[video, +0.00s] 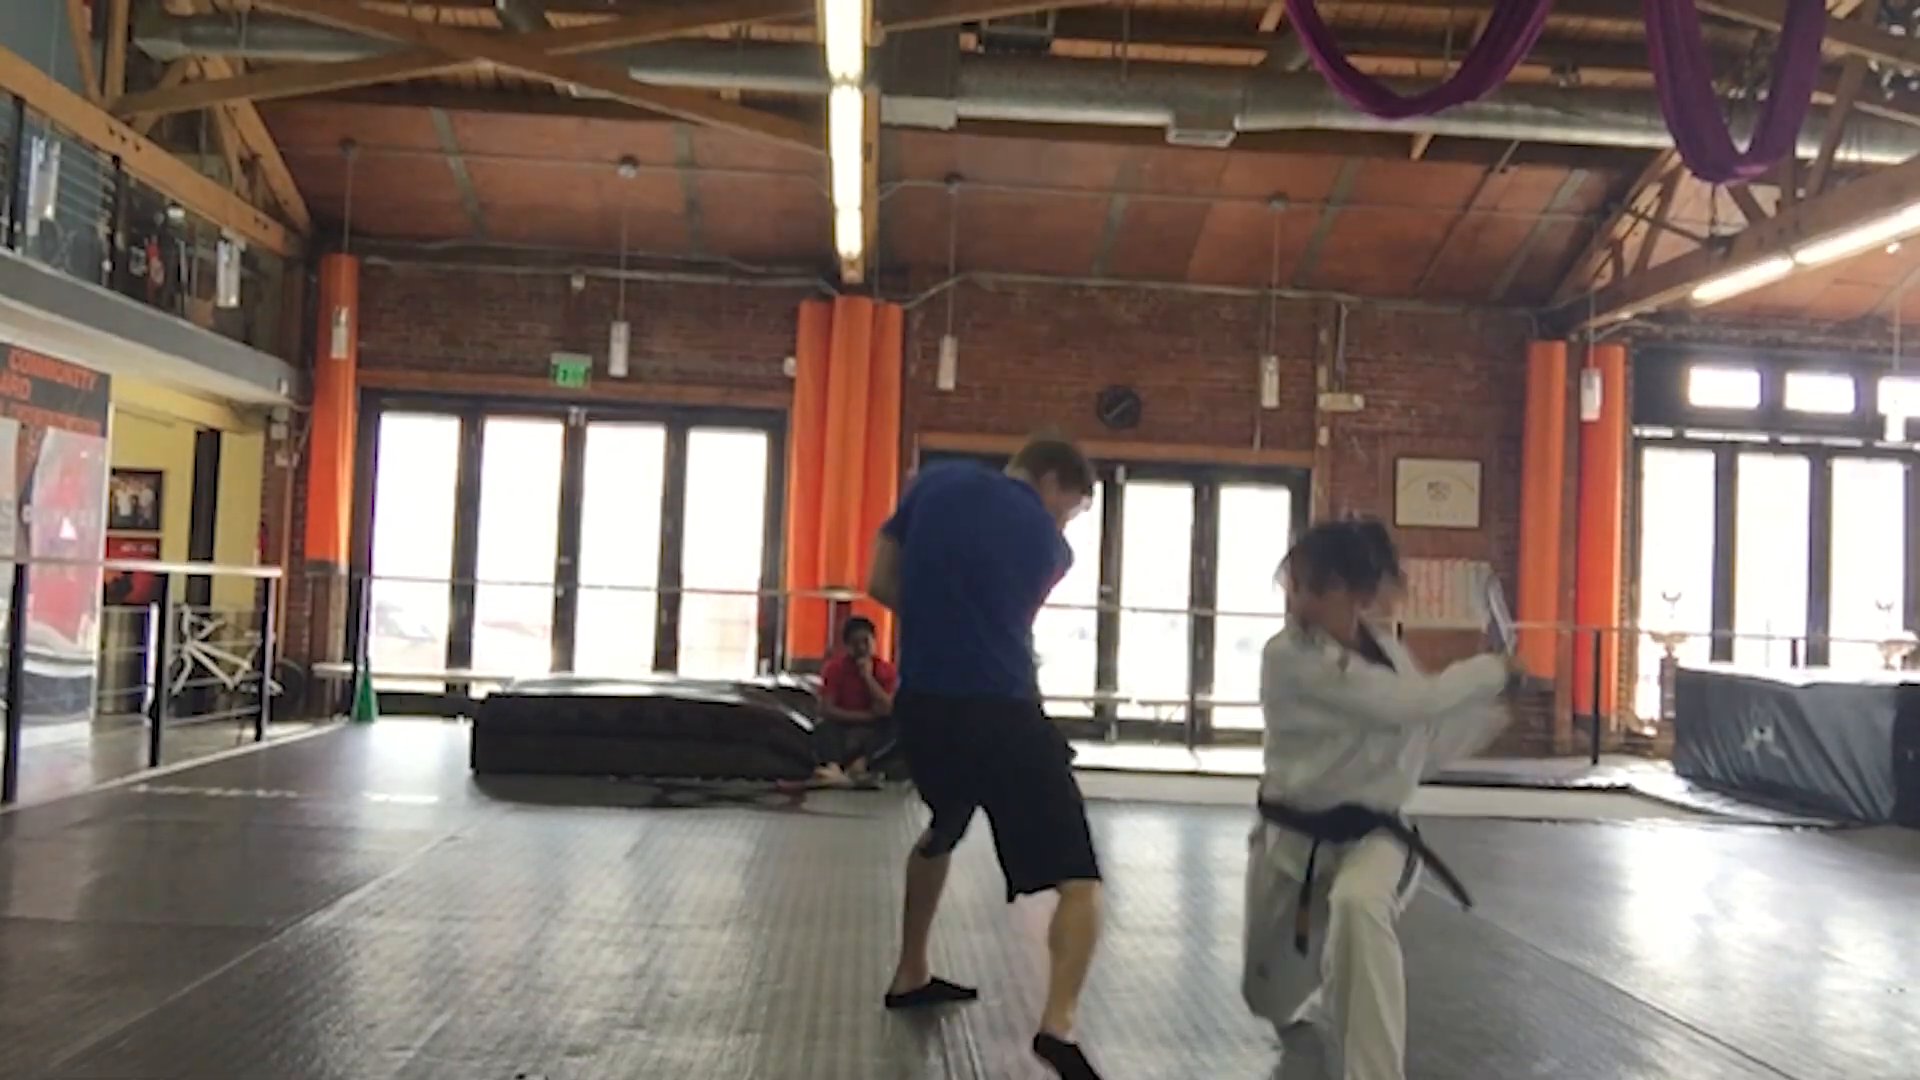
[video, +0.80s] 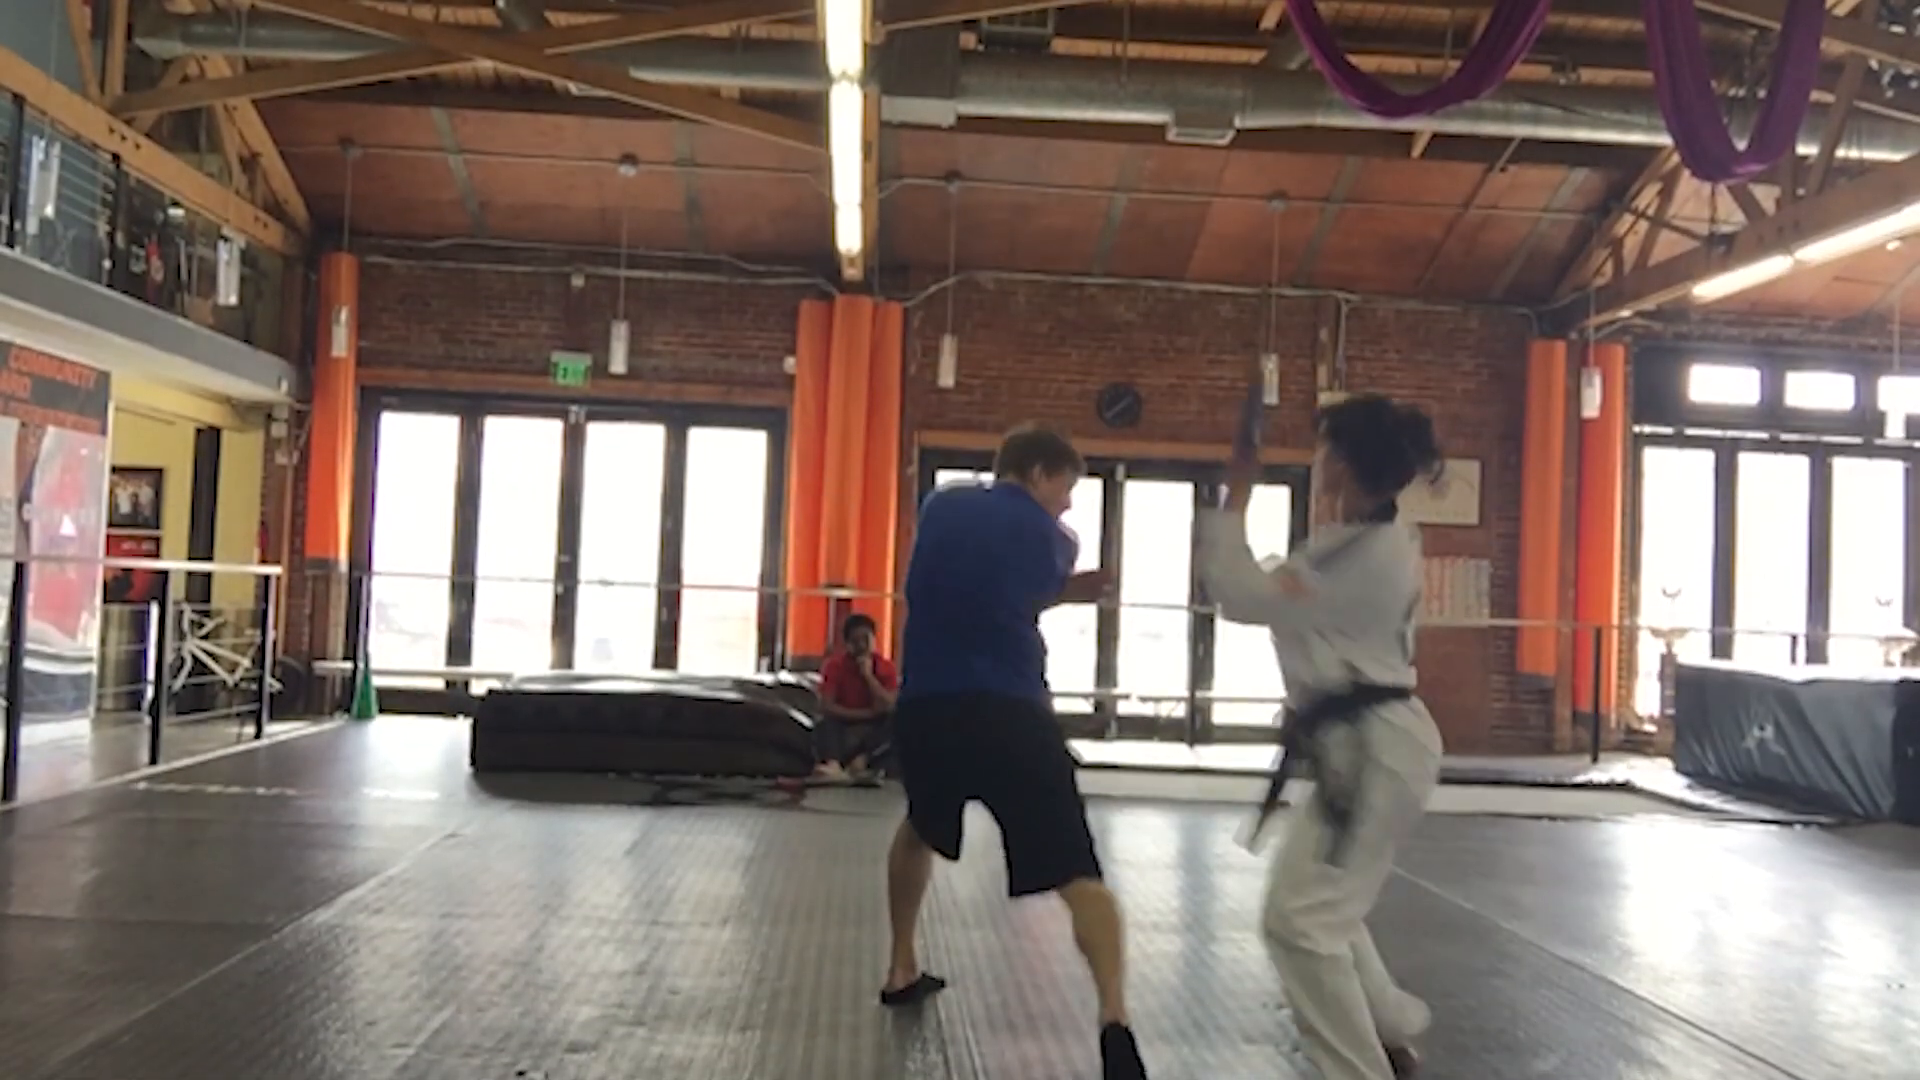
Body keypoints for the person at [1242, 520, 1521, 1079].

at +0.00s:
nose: (1294, 600)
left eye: (1310, 587)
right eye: (1292, 585)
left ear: (1360, 596)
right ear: (1290, 588)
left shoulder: (1389, 654)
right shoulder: (1288, 656)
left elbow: (1421, 754)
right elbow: (1403, 702)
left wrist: (1497, 709)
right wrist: (1496, 667)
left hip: (1374, 831)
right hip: (1290, 834)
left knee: (1357, 903)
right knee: (1271, 992)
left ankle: (1373, 1072)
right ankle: (1299, 1015)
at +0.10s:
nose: (1288, 625)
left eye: (1302, 611)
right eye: (1287, 609)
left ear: (1351, 617)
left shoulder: (1398, 683)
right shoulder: (1276, 680)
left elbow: (1414, 785)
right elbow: (1302, 771)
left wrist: (1466, 734)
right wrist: (1413, 747)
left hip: (1375, 842)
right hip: (1291, 848)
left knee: (1365, 901)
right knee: (1265, 1023)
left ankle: (1372, 1070)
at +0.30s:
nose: (1263, 640)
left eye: (1277, 628)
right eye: (1266, 626)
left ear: (1321, 638)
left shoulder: (1389, 717)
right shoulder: (1258, 710)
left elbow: (1448, 818)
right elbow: (1183, 777)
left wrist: (1364, 800)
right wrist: (1106, 839)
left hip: (1386, 871)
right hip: (1300, 880)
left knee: (1390, 900)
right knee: (1264, 1034)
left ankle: (1380, 1072)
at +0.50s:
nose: (1274, 580)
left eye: (1283, 568)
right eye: (1276, 567)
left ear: (1323, 580)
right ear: (1317, 581)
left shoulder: (1389, 663)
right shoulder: (1270, 652)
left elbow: (1417, 779)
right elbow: (1220, 725)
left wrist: (1355, 758)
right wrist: (1191, 798)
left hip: (1398, 830)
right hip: (1315, 828)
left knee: (1352, 909)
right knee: (1286, 955)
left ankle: (1374, 1071)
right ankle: (1291, 993)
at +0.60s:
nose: (1277, 533)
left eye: (1288, 521)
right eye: (1280, 519)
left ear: (1325, 535)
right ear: (1310, 536)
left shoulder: (1385, 614)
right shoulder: (1279, 598)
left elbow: (1376, 724)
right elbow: (1216, 668)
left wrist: (1363, 642)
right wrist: (1261, 663)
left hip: (1405, 795)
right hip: (1329, 798)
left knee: (1340, 915)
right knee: (1309, 923)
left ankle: (1369, 1070)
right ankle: (1331, 994)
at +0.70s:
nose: (1304, 510)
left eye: (1323, 500)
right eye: (1305, 494)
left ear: (1370, 519)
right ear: (1303, 496)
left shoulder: (1384, 584)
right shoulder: (1295, 562)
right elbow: (1241, 626)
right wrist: (1230, 601)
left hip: (1396, 768)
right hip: (1332, 772)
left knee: (1326, 912)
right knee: (1309, 905)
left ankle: (1366, 1070)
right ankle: (1409, 995)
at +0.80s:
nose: (1315, 459)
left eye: (1325, 449)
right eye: (1321, 447)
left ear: (1341, 466)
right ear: (1385, 472)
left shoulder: (1370, 554)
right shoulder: (1356, 541)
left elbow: (1242, 594)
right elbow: (1251, 592)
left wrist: (1231, 508)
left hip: (1380, 742)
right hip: (1359, 740)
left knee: (1298, 917)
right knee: (1321, 903)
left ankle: (1357, 1068)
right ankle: (1391, 1033)